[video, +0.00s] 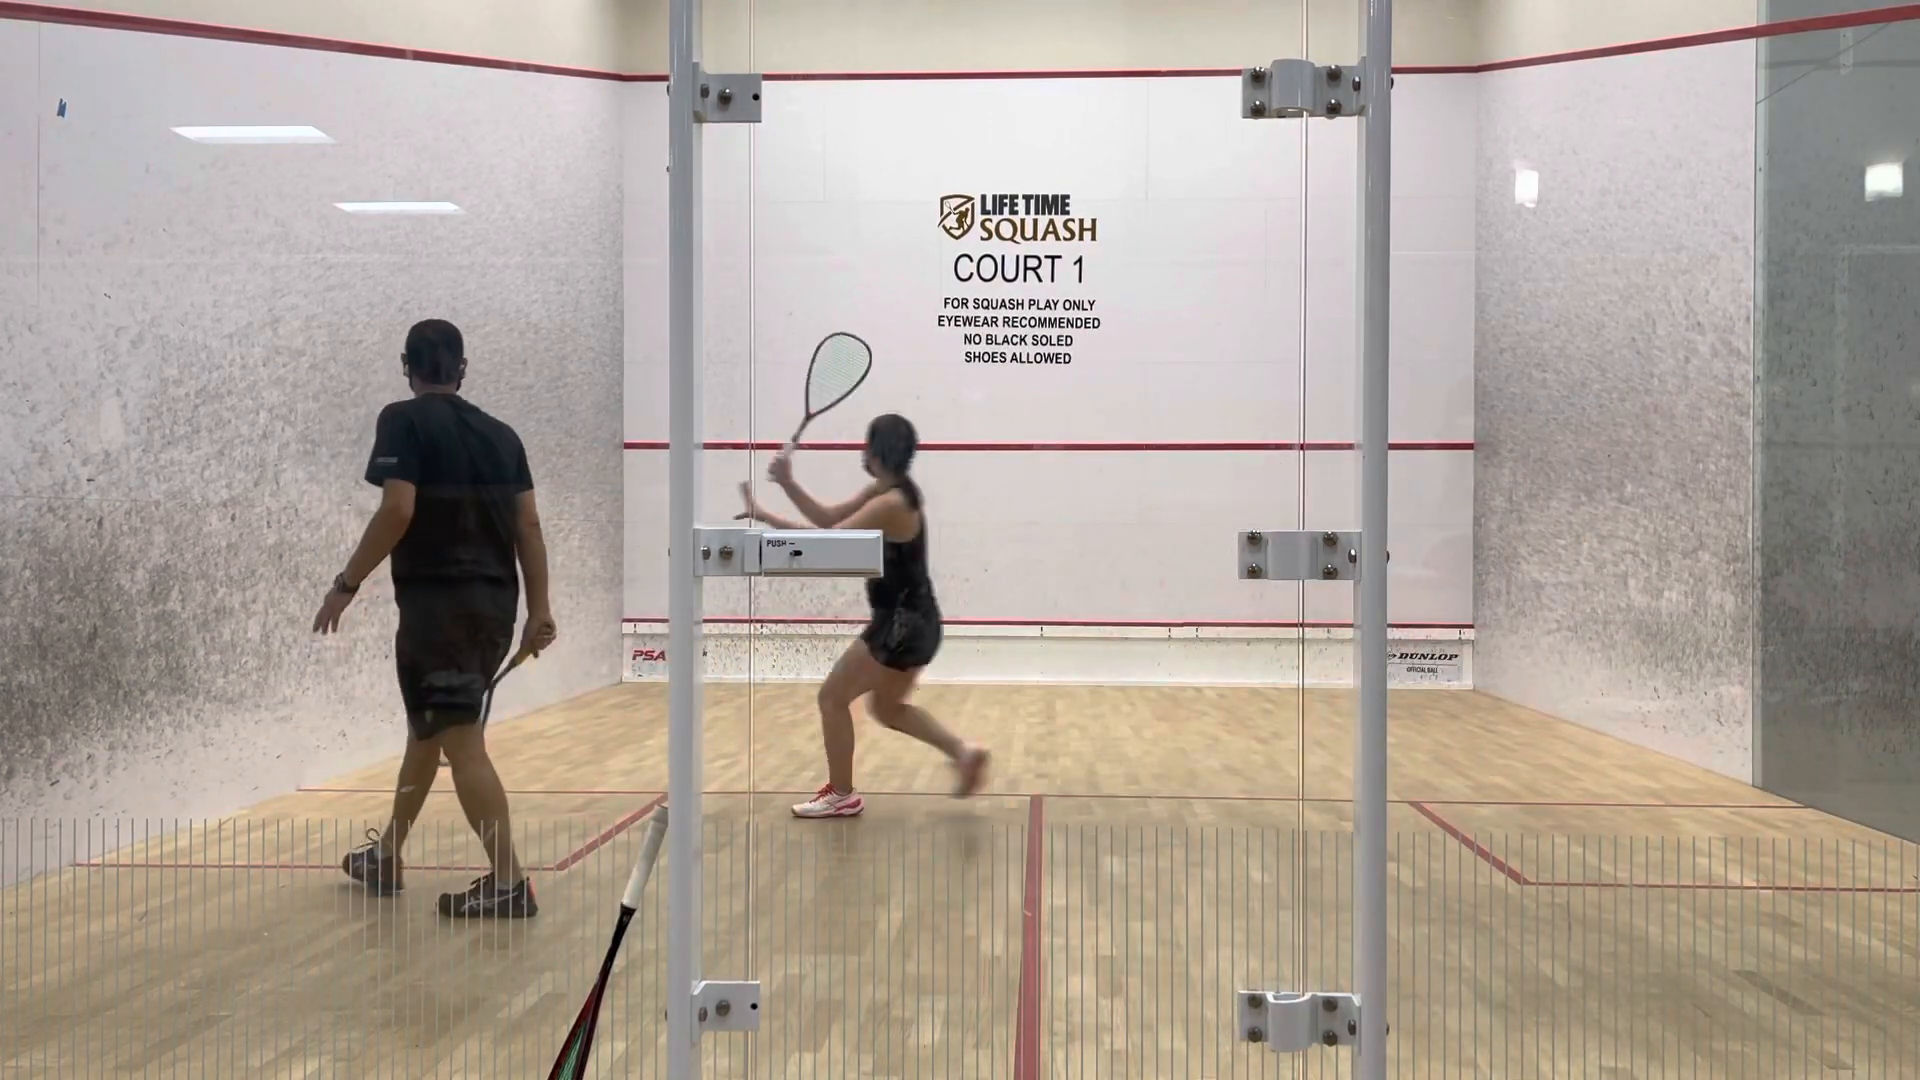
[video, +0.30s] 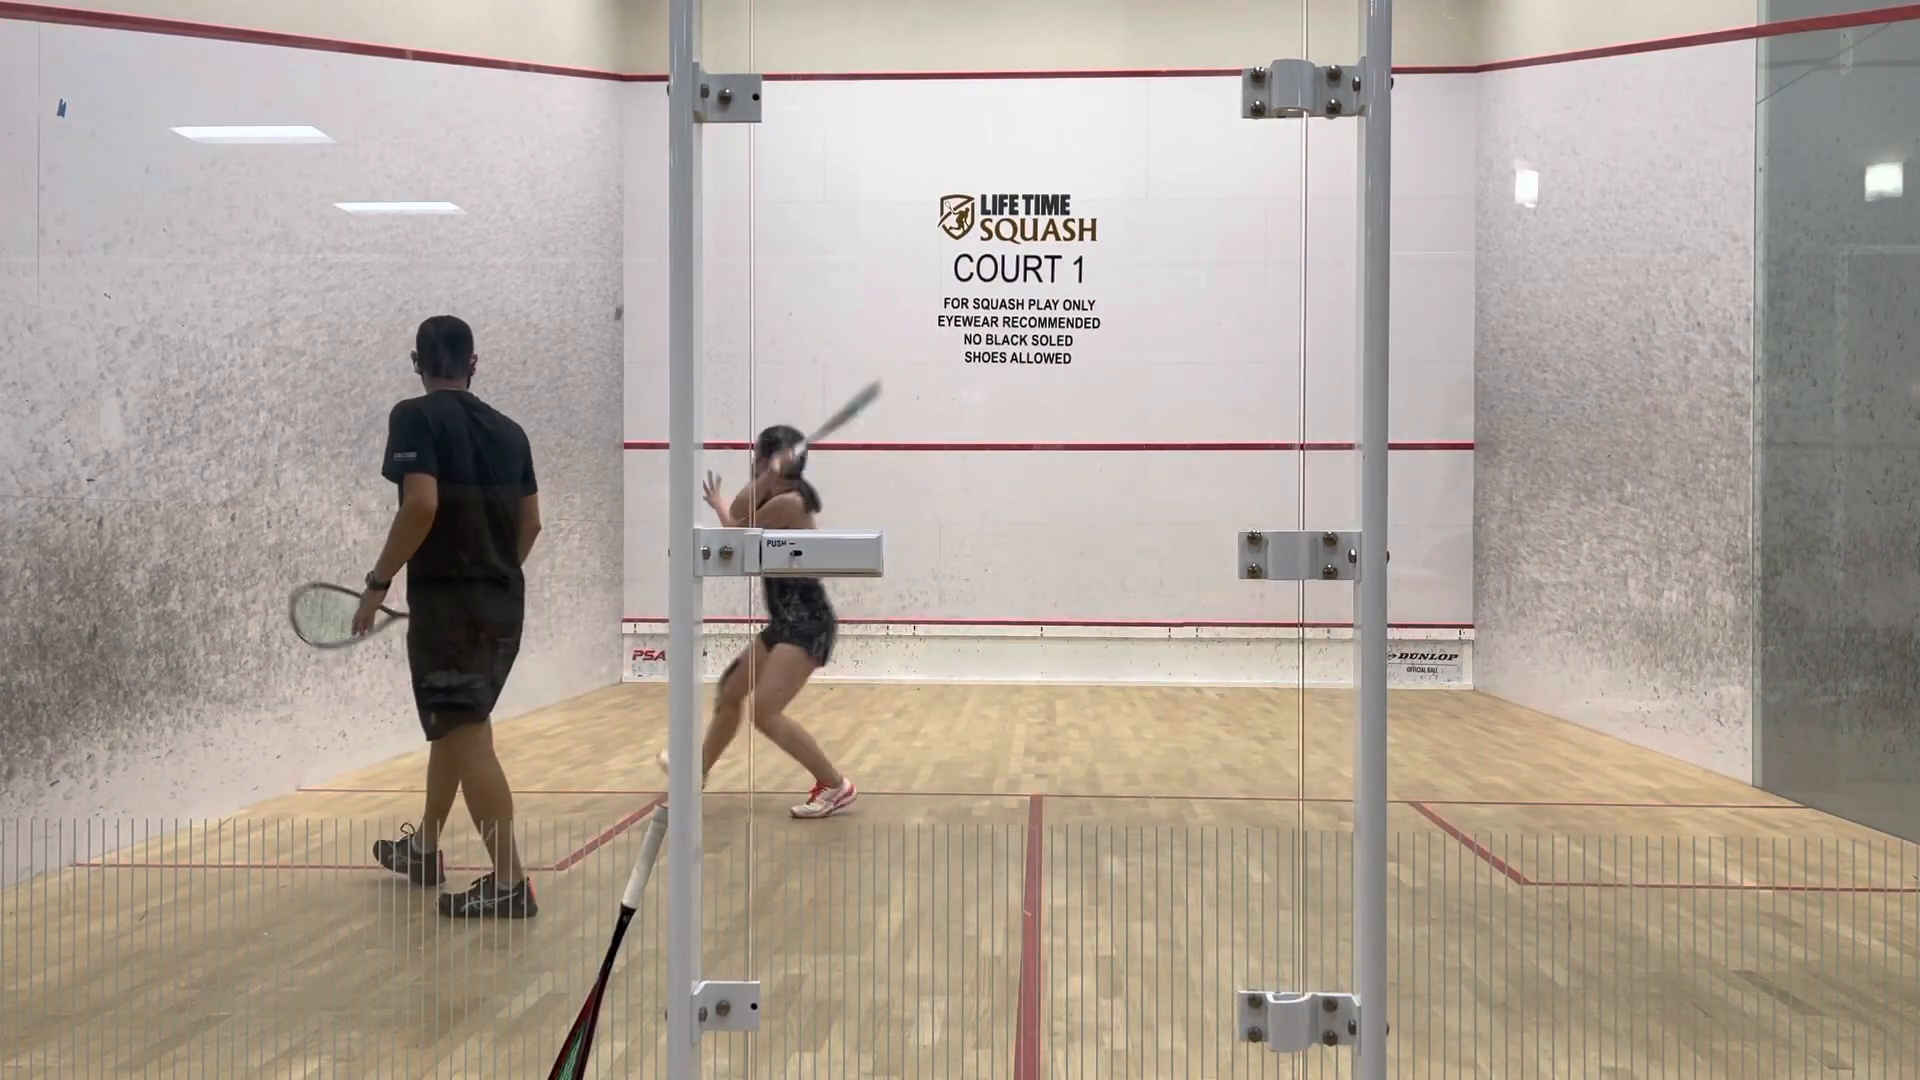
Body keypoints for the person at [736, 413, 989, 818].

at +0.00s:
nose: (863, 451)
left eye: (868, 445)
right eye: (866, 444)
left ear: (877, 453)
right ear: (901, 453)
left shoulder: (890, 503)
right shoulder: (886, 492)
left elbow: (827, 539)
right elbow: (828, 519)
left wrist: (762, 514)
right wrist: (788, 483)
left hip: (902, 627)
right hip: (913, 624)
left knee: (832, 697)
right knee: (887, 708)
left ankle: (841, 793)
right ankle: (964, 754)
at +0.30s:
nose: (761, 468)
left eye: (764, 461)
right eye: (763, 461)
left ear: (781, 463)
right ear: (768, 460)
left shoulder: (790, 502)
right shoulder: (767, 494)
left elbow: (739, 534)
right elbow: (735, 515)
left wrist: (719, 504)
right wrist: (765, 479)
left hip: (809, 624)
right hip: (784, 622)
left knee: (764, 711)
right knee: (730, 692)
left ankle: (834, 784)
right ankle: (696, 775)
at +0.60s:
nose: (695, 484)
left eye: (698, 478)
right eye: (697, 478)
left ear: (708, 481)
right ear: (738, 479)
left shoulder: (708, 513)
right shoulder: (748, 514)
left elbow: (677, 574)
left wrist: (654, 633)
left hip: (719, 627)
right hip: (749, 623)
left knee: (706, 725)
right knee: (695, 707)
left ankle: (777, 757)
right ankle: (673, 777)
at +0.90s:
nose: (712, 473)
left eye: (714, 465)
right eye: (714, 465)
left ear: (723, 469)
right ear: (753, 466)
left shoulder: (715, 504)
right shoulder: (778, 509)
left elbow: (673, 540)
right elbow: (831, 521)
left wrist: (628, 569)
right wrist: (880, 521)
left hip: (721, 623)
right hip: (760, 624)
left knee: (694, 708)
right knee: (698, 700)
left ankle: (756, 766)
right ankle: (673, 775)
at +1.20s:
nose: (754, 444)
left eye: (757, 437)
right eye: (754, 437)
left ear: (771, 437)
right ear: (798, 435)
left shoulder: (755, 477)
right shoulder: (823, 482)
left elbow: (718, 522)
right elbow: (855, 532)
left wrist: (670, 533)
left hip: (777, 601)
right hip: (820, 599)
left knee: (760, 696)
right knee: (790, 684)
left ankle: (781, 788)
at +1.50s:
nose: (807, 457)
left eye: (813, 450)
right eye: (808, 450)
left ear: (836, 452)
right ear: (845, 453)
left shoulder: (828, 493)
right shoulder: (874, 489)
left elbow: (832, 558)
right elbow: (893, 559)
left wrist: (779, 556)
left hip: (848, 615)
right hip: (889, 612)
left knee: (801, 699)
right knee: (904, 713)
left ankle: (784, 788)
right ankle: (957, 795)